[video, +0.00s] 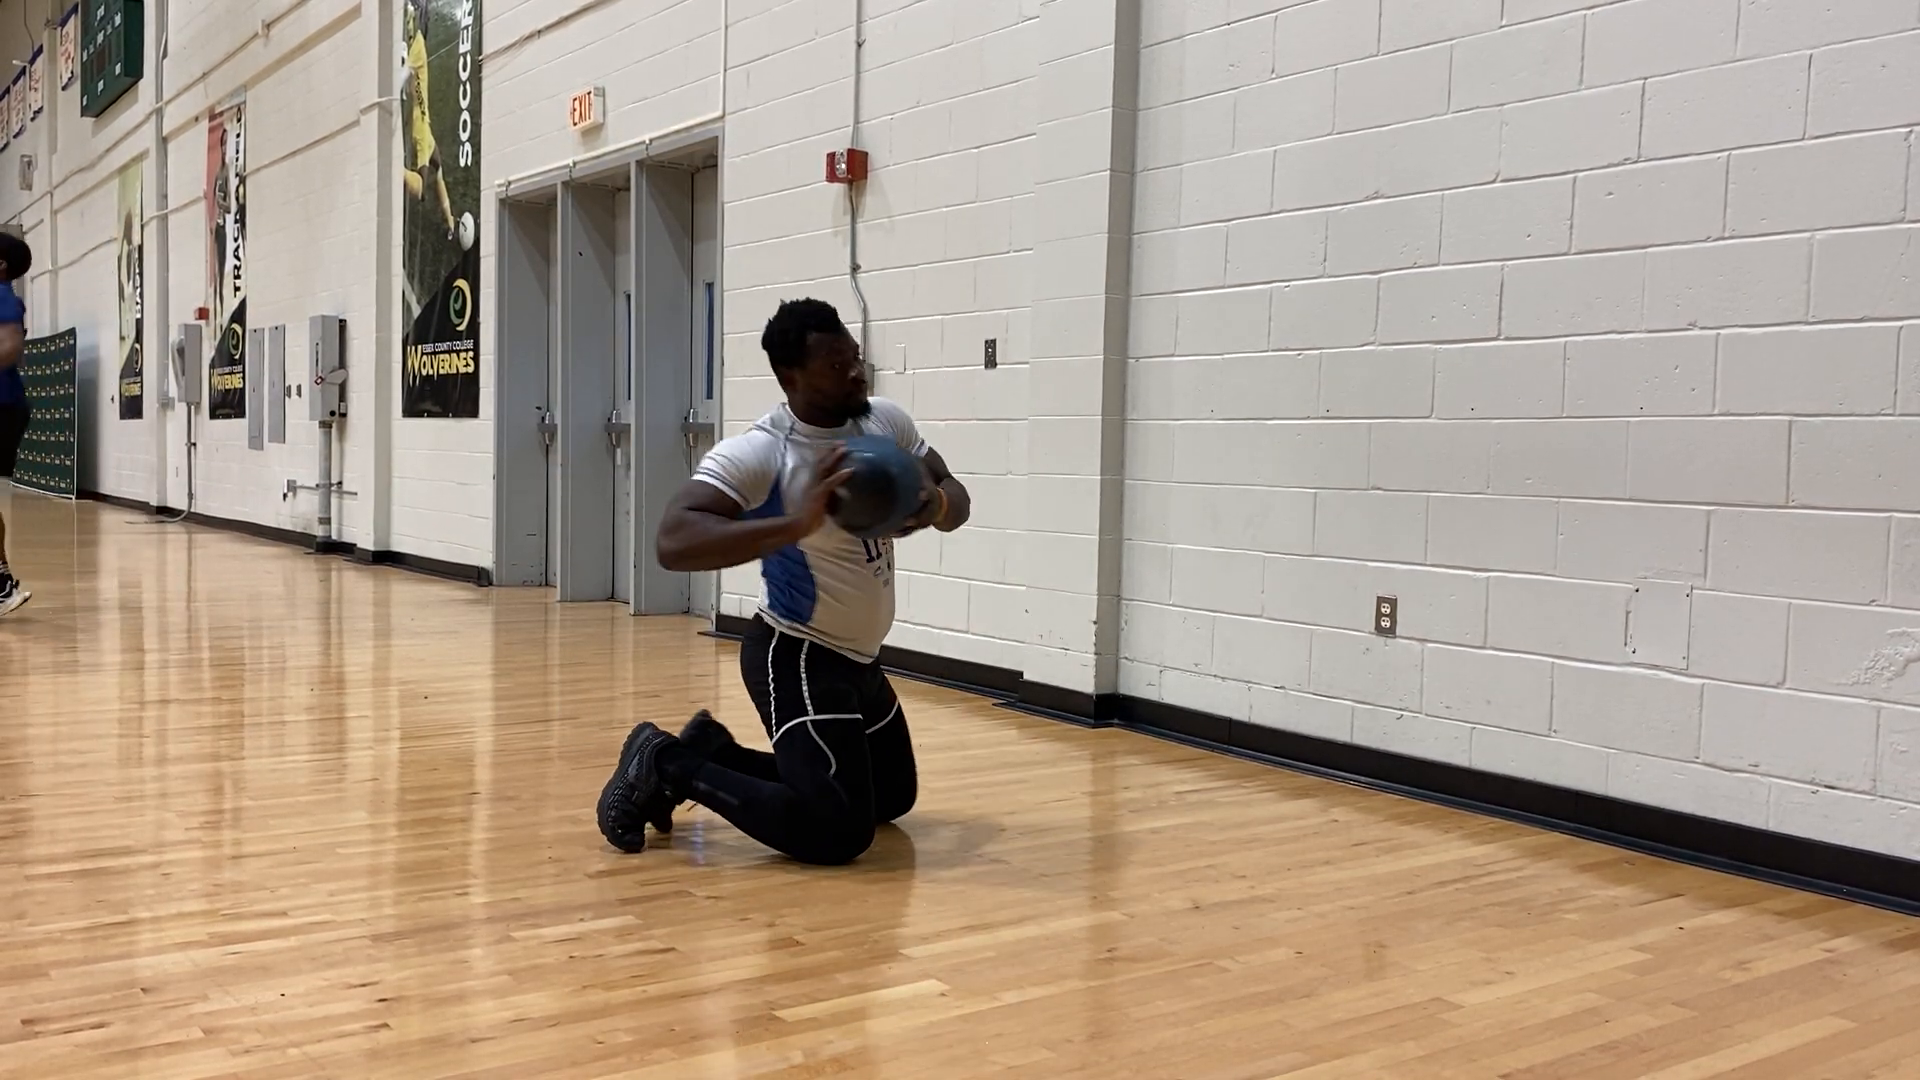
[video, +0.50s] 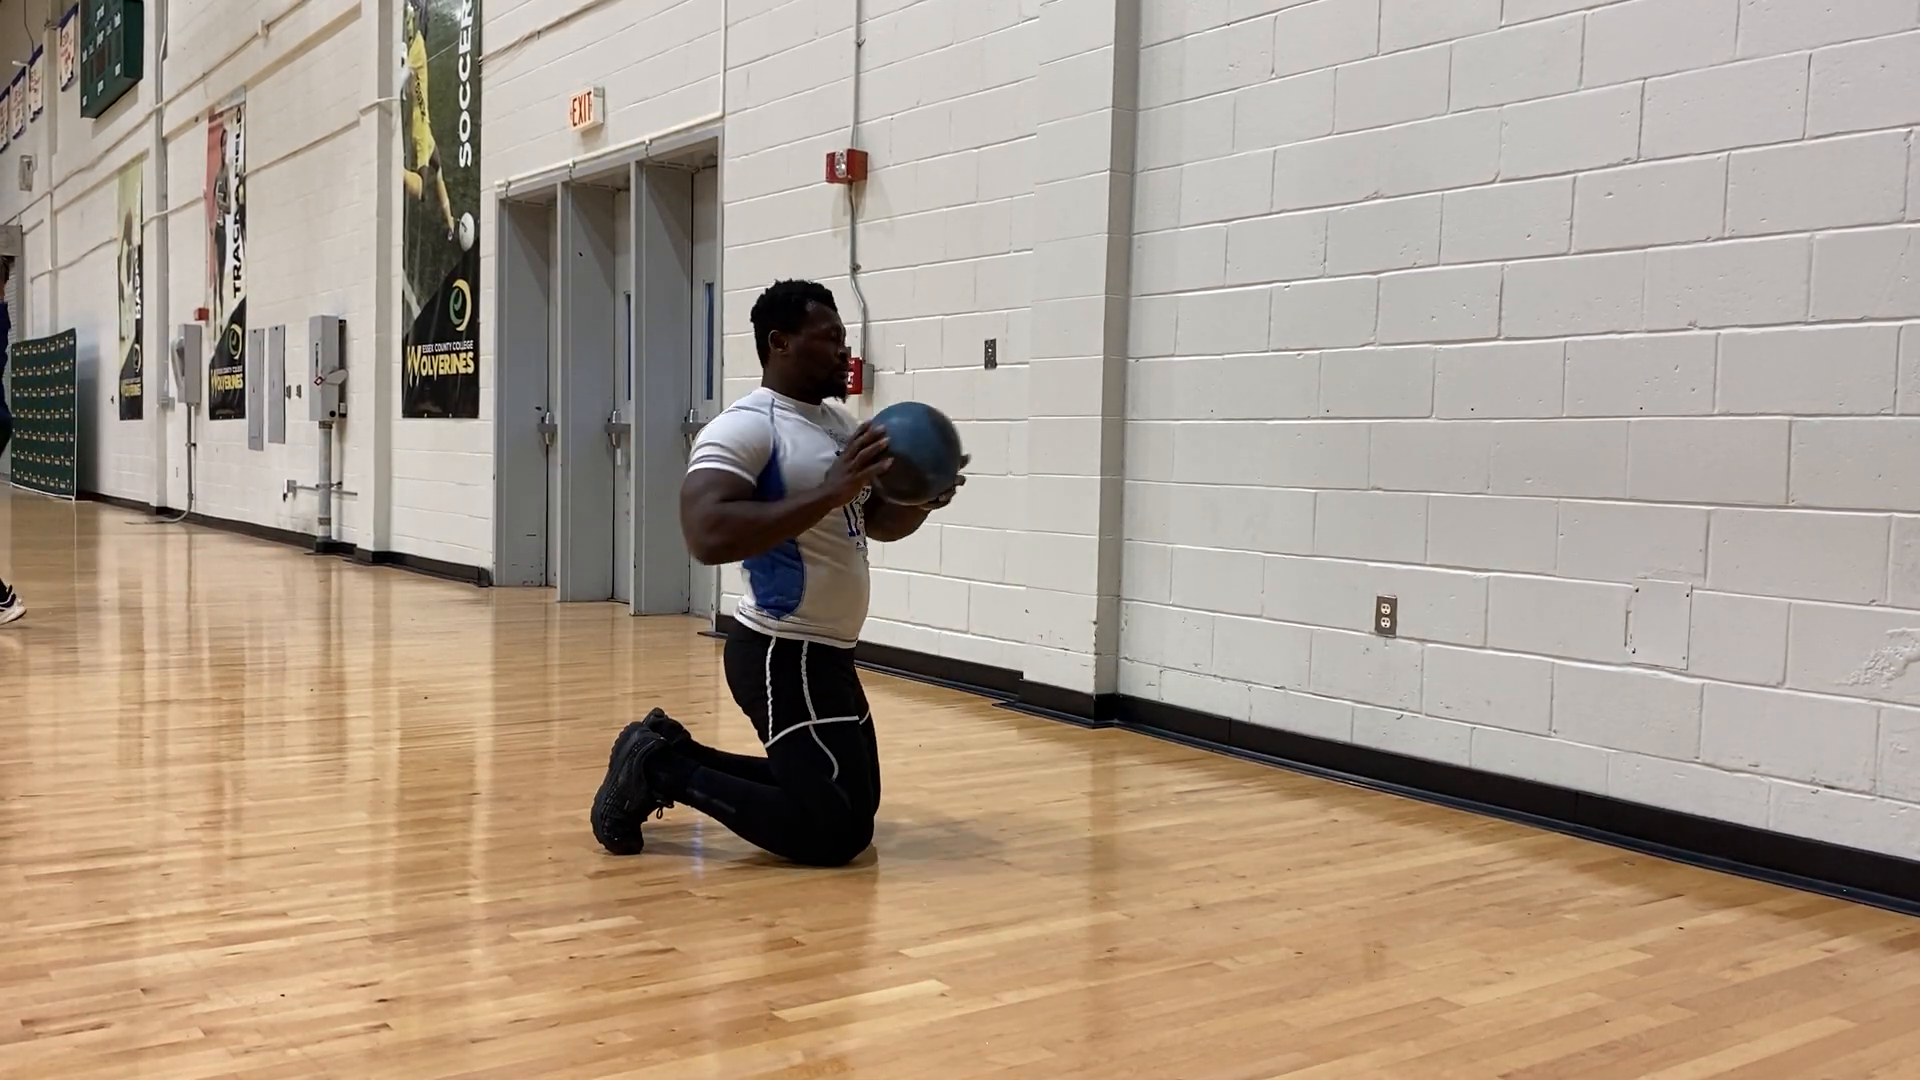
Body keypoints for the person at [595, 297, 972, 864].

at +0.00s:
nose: (857, 367)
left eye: (855, 353)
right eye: (837, 361)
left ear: (859, 347)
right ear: (790, 379)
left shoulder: (886, 423)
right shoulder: (762, 450)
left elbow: (954, 500)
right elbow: (674, 542)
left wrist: (934, 504)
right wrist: (793, 526)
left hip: (855, 657)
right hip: (796, 654)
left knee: (889, 793)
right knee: (837, 831)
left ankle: (717, 755)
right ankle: (667, 765)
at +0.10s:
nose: (844, 357)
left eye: (846, 343)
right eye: (824, 349)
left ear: (851, 341)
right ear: (778, 364)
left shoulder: (882, 419)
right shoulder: (742, 442)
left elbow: (954, 501)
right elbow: (652, 534)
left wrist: (914, 498)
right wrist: (748, 524)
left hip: (850, 653)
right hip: (792, 651)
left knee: (875, 795)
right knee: (836, 832)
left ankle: (699, 757)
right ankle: (667, 768)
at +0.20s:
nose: (839, 347)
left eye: (842, 333)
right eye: (819, 337)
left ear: (848, 336)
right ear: (774, 351)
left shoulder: (875, 414)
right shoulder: (731, 432)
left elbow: (945, 499)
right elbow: (655, 532)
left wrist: (900, 498)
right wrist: (743, 521)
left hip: (846, 650)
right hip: (789, 650)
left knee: (855, 808)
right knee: (832, 833)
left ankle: (682, 760)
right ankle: (663, 769)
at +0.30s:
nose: (839, 344)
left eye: (841, 332)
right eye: (819, 333)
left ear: (845, 336)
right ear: (772, 346)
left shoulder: (866, 414)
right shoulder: (728, 430)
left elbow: (931, 509)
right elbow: (665, 541)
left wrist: (902, 499)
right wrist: (768, 517)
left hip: (838, 648)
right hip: (787, 649)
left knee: (852, 810)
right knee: (830, 835)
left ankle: (678, 758)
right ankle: (660, 770)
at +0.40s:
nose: (843, 345)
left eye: (842, 332)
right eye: (825, 332)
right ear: (774, 342)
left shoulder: (847, 420)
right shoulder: (734, 428)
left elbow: (912, 523)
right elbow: (681, 546)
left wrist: (895, 496)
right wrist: (799, 508)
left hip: (832, 648)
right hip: (785, 650)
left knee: (852, 811)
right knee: (832, 834)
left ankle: (678, 757)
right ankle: (660, 771)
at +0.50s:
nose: (844, 346)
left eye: (842, 334)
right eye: (828, 335)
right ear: (778, 345)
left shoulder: (839, 423)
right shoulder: (742, 425)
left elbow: (880, 522)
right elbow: (708, 534)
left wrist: (919, 494)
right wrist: (828, 494)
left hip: (825, 648)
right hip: (783, 649)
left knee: (848, 804)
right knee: (834, 832)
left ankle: (679, 755)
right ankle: (662, 769)